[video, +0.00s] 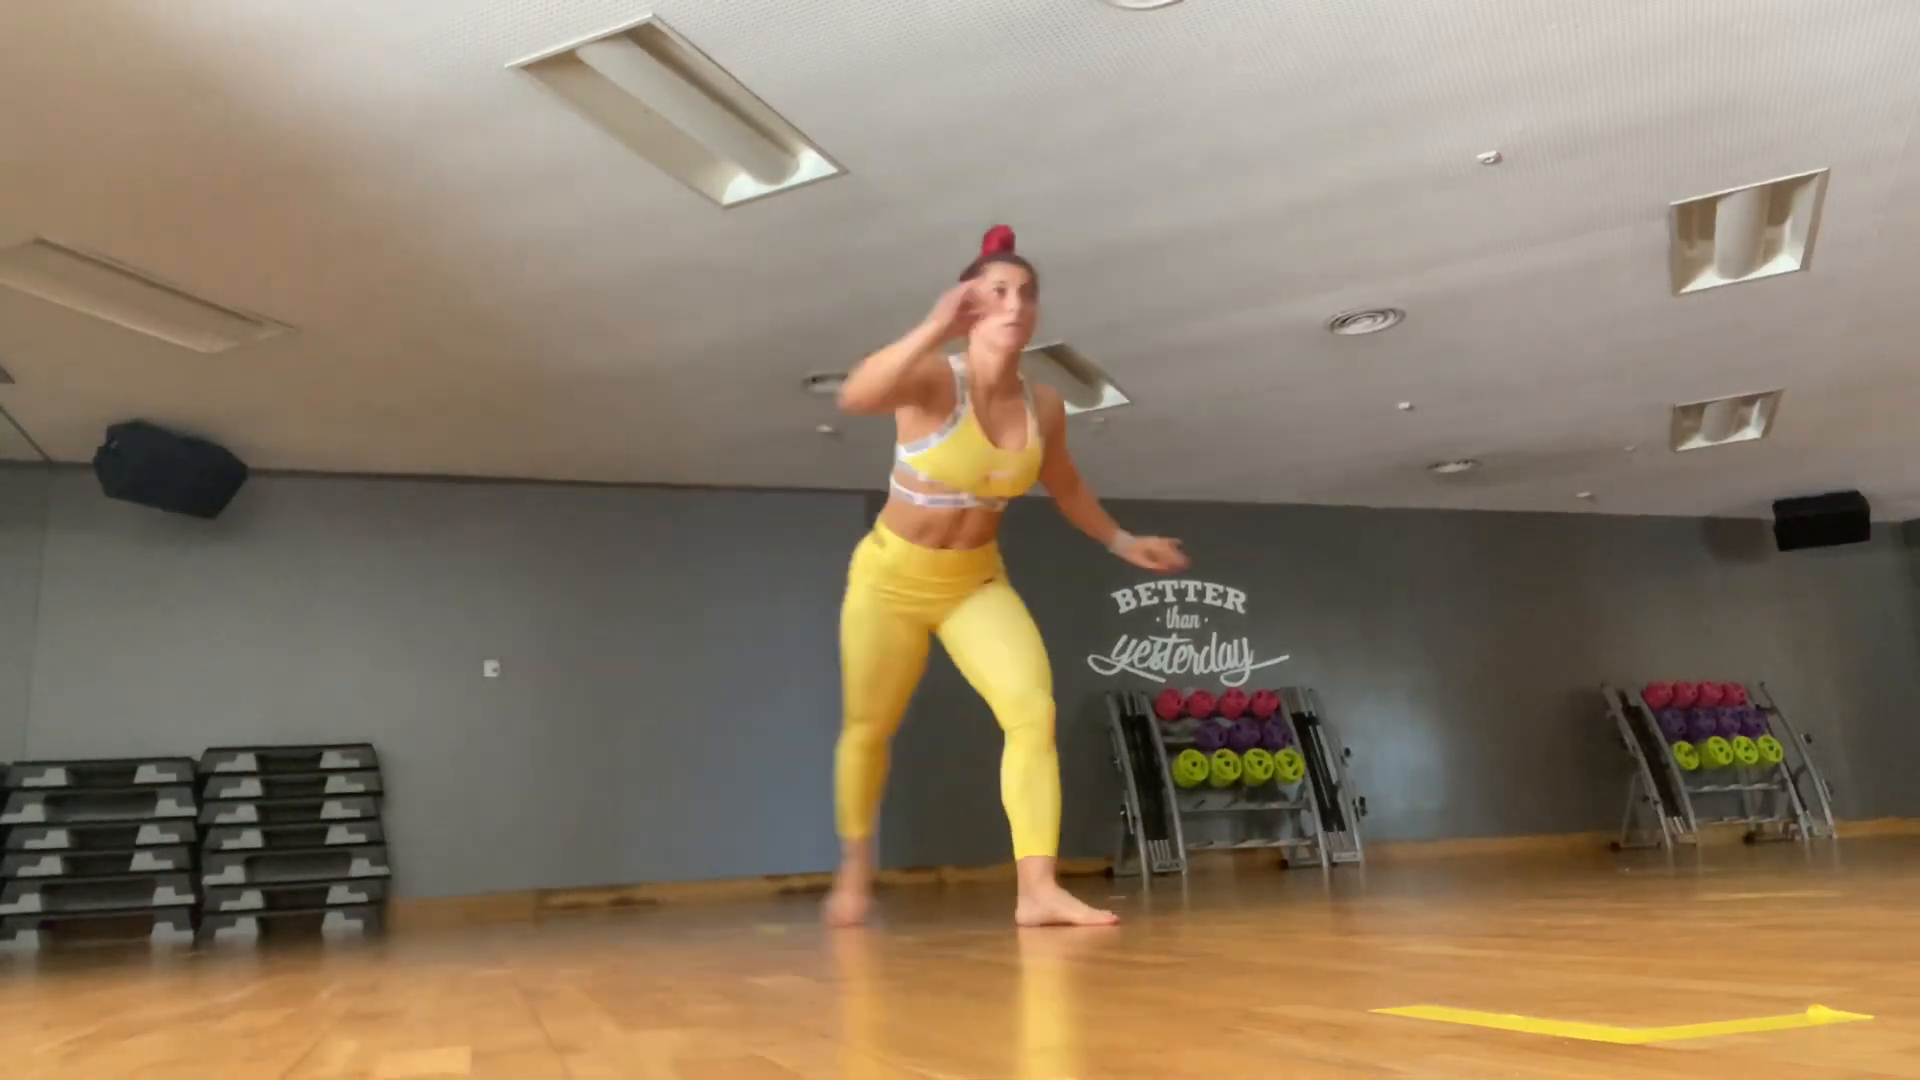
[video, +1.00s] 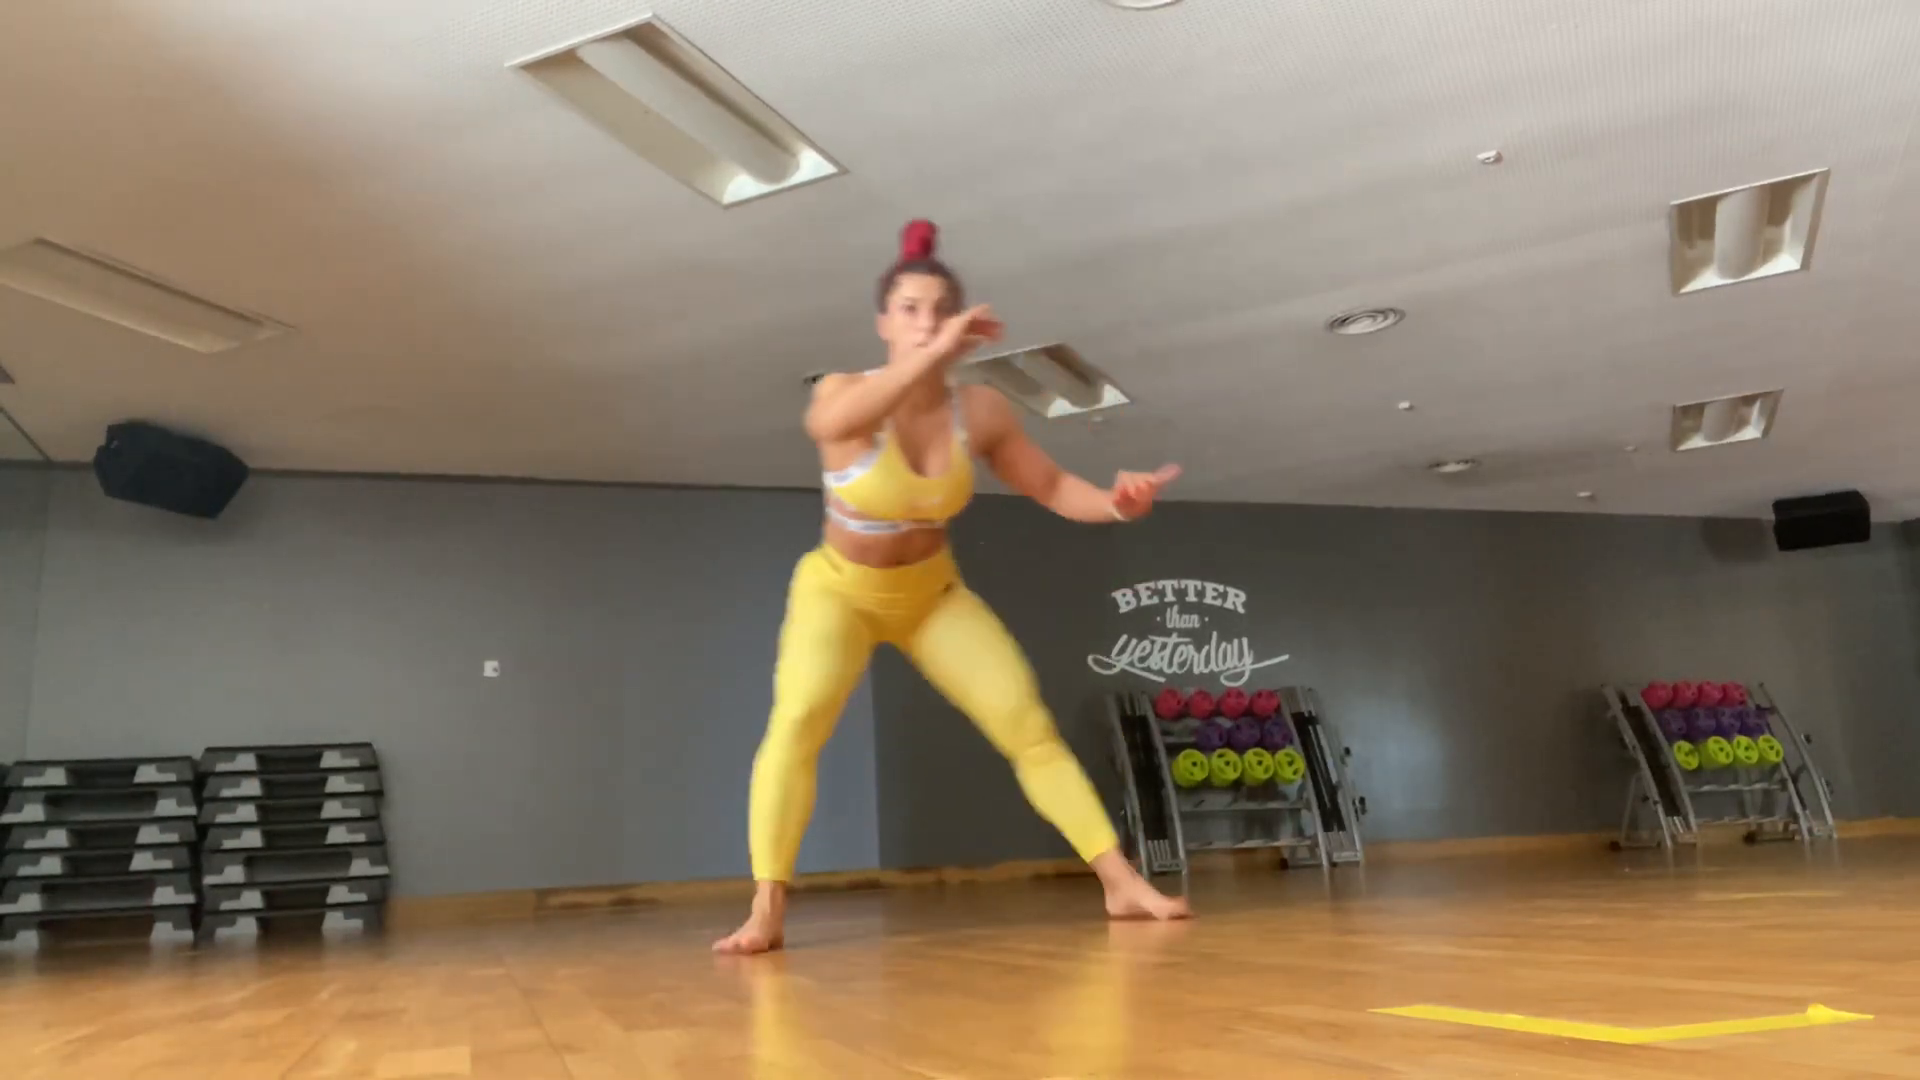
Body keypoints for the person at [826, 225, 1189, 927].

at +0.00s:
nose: (1017, 303)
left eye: (1027, 293)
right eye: (1000, 291)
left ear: (1037, 315)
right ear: (967, 309)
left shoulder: (1042, 408)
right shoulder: (930, 376)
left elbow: (1067, 490)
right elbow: (856, 395)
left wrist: (1124, 543)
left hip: (976, 584)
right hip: (891, 579)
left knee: (1032, 711)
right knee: (867, 729)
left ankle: (1038, 890)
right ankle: (855, 865)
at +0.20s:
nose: (1010, 339)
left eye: (1020, 330)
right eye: (994, 328)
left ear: (1031, 347)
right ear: (965, 344)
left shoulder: (1036, 429)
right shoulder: (930, 405)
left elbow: (1039, 502)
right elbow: (964, 414)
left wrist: (1071, 548)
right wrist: (1026, 366)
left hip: (1016, 604)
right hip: (937, 613)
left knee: (1060, 722)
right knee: (960, 759)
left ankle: (1099, 878)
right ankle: (989, 862)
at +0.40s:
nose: (1034, 356)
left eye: (1045, 345)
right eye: (1017, 341)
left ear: (1055, 359)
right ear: (985, 354)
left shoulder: (1051, 438)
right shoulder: (954, 413)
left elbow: (1075, 522)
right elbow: (999, 432)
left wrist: (1141, 558)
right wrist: (1063, 381)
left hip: (1032, 619)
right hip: (954, 627)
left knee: (1094, 713)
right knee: (966, 768)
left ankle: (1122, 884)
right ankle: (986, 872)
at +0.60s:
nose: (1082, 318)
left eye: (1090, 307)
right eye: (1065, 304)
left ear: (1097, 322)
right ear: (1031, 317)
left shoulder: (1088, 417)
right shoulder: (996, 372)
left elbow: (1117, 510)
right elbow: (1034, 419)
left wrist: (1157, 495)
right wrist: (1121, 366)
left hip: (1026, 591)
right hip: (945, 586)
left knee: (1090, 712)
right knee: (941, 754)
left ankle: (1122, 886)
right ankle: (934, 863)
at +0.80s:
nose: (1055, 326)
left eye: (1066, 313)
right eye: (1037, 311)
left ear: (1079, 325)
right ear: (1008, 324)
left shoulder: (1089, 408)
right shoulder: (966, 386)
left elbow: (1149, 501)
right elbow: (987, 436)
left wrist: (1170, 486)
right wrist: (1073, 375)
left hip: (1014, 598)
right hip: (925, 587)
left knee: (1104, 706)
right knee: (862, 736)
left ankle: (1121, 887)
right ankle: (811, 888)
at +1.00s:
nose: (927, 326)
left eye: (941, 312)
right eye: (910, 309)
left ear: (960, 325)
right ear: (881, 321)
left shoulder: (978, 410)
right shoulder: (842, 393)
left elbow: (1051, 486)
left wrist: (1111, 504)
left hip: (934, 594)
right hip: (838, 591)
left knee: (1025, 722)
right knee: (797, 723)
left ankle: (1118, 881)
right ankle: (767, 911)